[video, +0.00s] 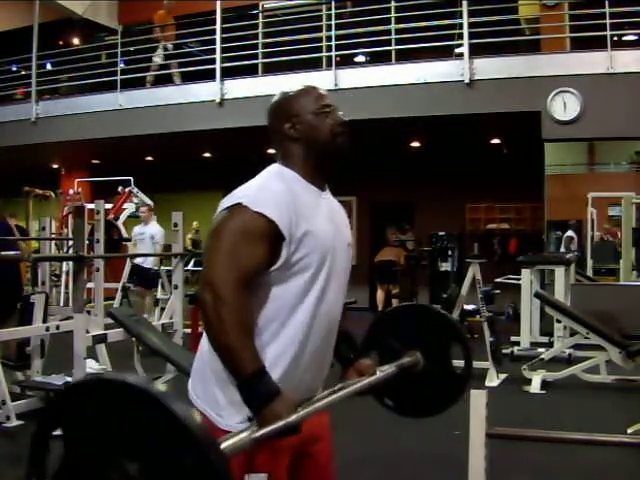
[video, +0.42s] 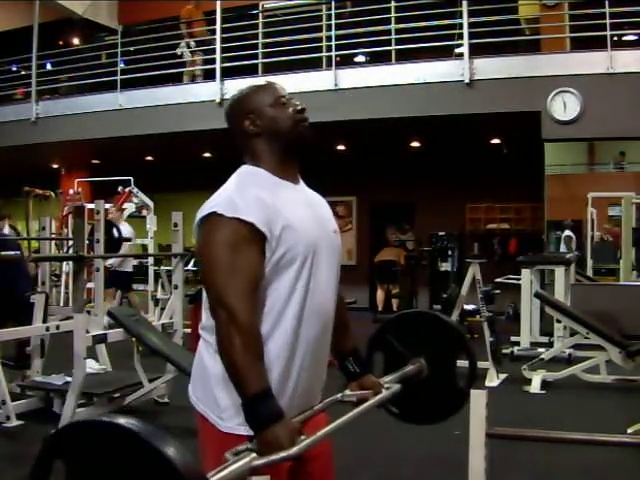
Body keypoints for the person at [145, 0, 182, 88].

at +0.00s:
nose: (170, 6)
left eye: (172, 3)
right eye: (169, 3)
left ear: (173, 4)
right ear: (164, 3)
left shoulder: (170, 16)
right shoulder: (160, 15)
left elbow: (170, 29)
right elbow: (157, 32)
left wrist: (172, 38)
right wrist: (163, 41)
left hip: (171, 42)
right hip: (164, 43)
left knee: (174, 64)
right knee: (155, 64)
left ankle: (178, 83)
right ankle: (148, 84)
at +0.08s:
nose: (177, 5)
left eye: (177, 3)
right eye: (175, 2)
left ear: (178, 4)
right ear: (171, 3)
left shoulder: (176, 16)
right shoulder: (166, 14)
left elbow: (177, 30)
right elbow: (163, 30)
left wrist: (180, 41)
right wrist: (169, 42)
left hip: (177, 42)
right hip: (170, 43)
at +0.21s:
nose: (186, 4)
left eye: (186, 2)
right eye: (184, 2)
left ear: (187, 3)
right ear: (180, 2)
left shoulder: (186, 13)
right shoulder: (174, 12)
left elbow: (187, 29)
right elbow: (171, 28)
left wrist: (190, 41)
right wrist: (175, 41)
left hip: (187, 42)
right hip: (179, 42)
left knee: (187, 64)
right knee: (179, 62)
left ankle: (184, 84)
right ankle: (163, 82)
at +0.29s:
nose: (191, 4)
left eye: (191, 2)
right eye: (189, 2)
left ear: (192, 3)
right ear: (185, 2)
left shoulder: (192, 12)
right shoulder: (180, 11)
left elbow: (193, 27)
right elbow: (176, 27)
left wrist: (197, 37)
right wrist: (180, 40)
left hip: (194, 40)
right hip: (186, 41)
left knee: (191, 62)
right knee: (188, 61)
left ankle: (185, 80)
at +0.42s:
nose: (198, 4)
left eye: (199, 2)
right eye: (197, 2)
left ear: (200, 3)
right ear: (193, 2)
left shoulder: (199, 11)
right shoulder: (187, 11)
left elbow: (201, 26)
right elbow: (183, 25)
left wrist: (207, 36)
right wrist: (187, 38)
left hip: (201, 40)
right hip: (192, 40)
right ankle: (199, 81)